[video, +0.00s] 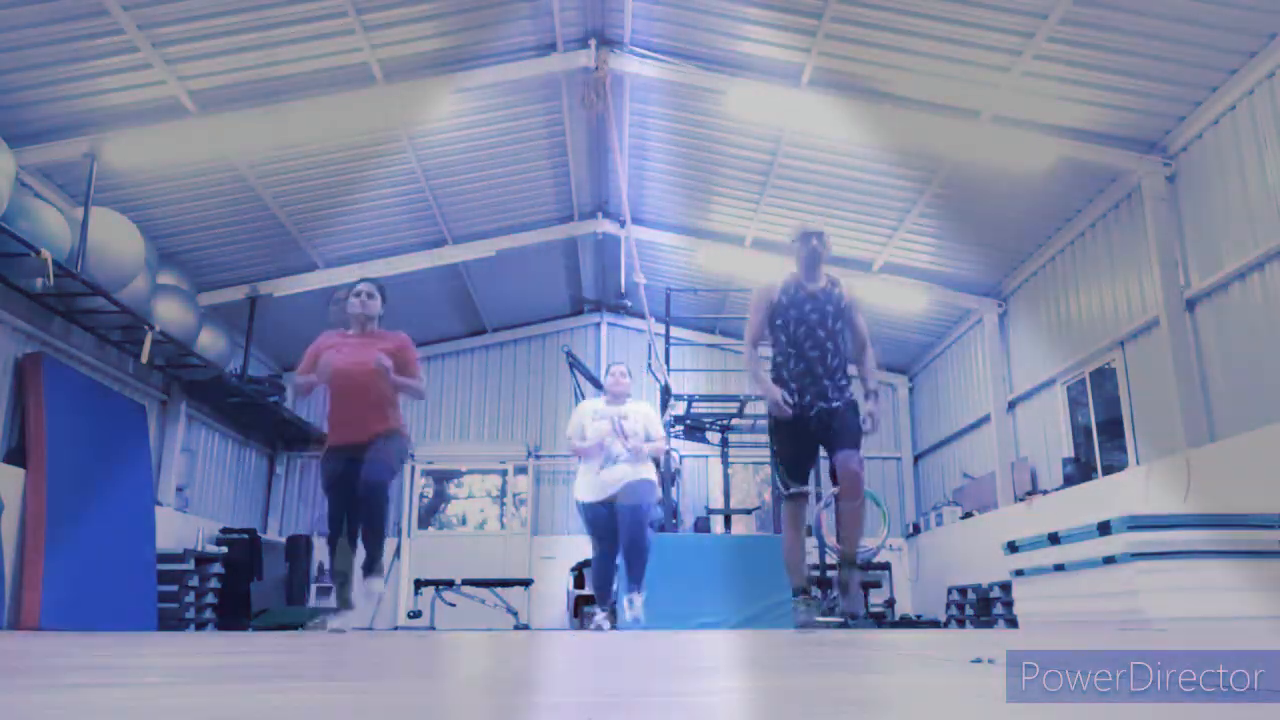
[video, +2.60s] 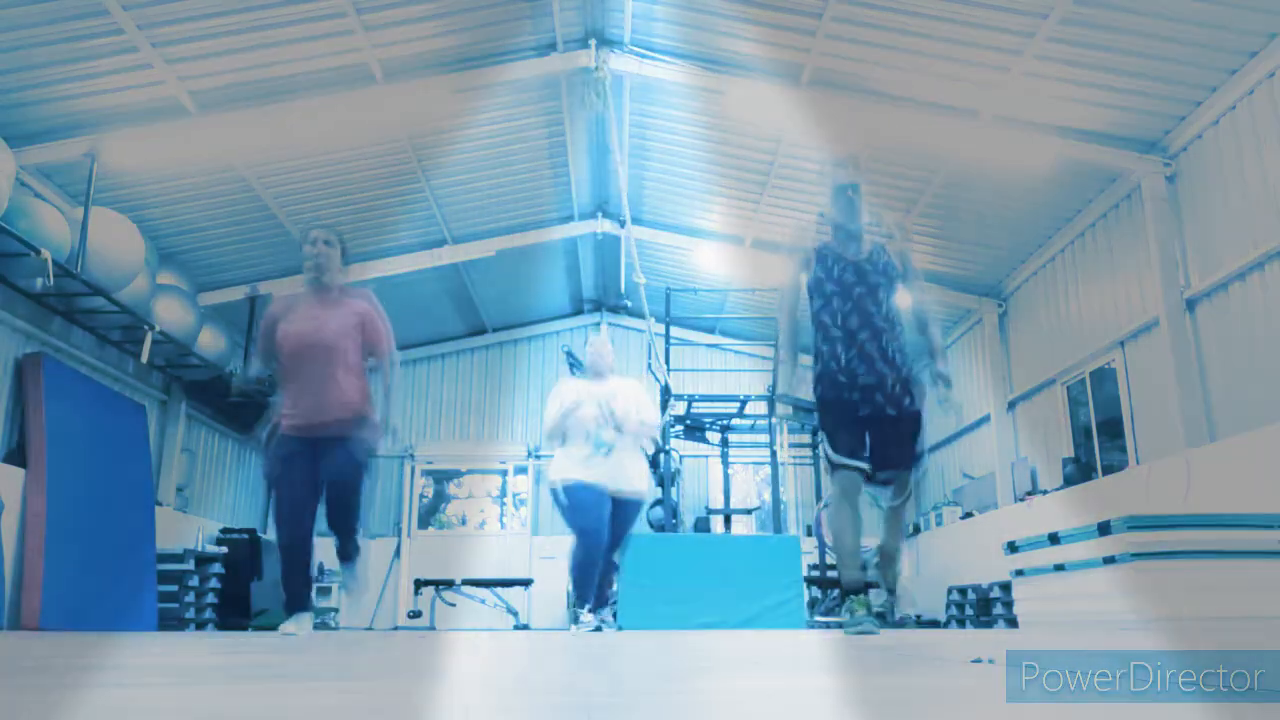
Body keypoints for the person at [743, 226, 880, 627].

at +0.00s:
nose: (813, 249)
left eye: (819, 243)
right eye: (806, 243)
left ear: (826, 252)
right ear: (794, 251)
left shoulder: (842, 297)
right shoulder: (772, 295)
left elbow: (863, 349)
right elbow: (751, 347)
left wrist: (871, 395)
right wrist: (766, 387)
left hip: (839, 404)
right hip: (790, 406)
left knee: (851, 475)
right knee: (795, 499)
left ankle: (849, 578)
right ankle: (800, 594)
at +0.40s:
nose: (826, 244)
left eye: (832, 239)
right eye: (819, 238)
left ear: (841, 249)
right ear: (806, 248)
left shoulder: (855, 296)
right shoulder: (784, 295)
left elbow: (875, 349)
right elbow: (763, 347)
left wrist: (876, 396)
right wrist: (759, 398)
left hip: (841, 404)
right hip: (793, 400)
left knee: (843, 500)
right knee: (803, 469)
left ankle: (846, 597)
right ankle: (794, 533)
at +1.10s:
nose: (812, 234)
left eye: (817, 227)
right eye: (803, 228)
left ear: (827, 236)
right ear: (790, 239)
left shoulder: (848, 282)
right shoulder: (775, 288)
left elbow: (873, 334)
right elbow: (758, 344)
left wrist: (887, 382)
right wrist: (755, 397)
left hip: (851, 400)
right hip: (801, 402)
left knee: (862, 490)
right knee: (805, 496)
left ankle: (845, 552)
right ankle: (812, 595)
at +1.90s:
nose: (860, 199)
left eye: (868, 194)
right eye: (853, 193)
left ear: (876, 206)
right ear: (838, 204)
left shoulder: (895, 255)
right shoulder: (813, 251)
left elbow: (914, 315)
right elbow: (790, 315)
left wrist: (916, 371)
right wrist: (784, 374)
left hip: (879, 380)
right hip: (823, 378)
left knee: (884, 486)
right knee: (822, 481)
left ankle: (888, 595)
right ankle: (811, 589)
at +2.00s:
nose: (861, 203)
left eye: (869, 198)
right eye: (853, 197)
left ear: (878, 210)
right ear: (838, 209)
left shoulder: (896, 258)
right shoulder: (814, 257)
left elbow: (916, 319)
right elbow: (792, 323)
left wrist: (920, 373)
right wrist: (782, 384)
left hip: (883, 377)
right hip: (831, 371)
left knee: (884, 488)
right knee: (845, 416)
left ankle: (884, 599)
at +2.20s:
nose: (861, 204)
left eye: (867, 198)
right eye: (853, 198)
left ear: (876, 207)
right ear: (838, 208)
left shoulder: (898, 258)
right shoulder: (815, 257)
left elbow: (919, 321)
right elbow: (793, 325)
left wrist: (924, 377)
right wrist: (785, 388)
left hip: (889, 377)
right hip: (835, 367)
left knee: (888, 488)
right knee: (856, 406)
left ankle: (884, 599)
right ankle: (844, 516)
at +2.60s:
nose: (849, 205)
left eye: (854, 197)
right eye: (841, 198)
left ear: (866, 207)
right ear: (827, 210)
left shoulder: (890, 256)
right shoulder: (813, 259)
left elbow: (921, 308)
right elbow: (789, 320)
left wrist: (938, 359)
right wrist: (787, 378)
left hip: (895, 381)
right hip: (840, 382)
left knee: (900, 489)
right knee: (846, 483)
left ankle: (889, 590)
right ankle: (854, 598)